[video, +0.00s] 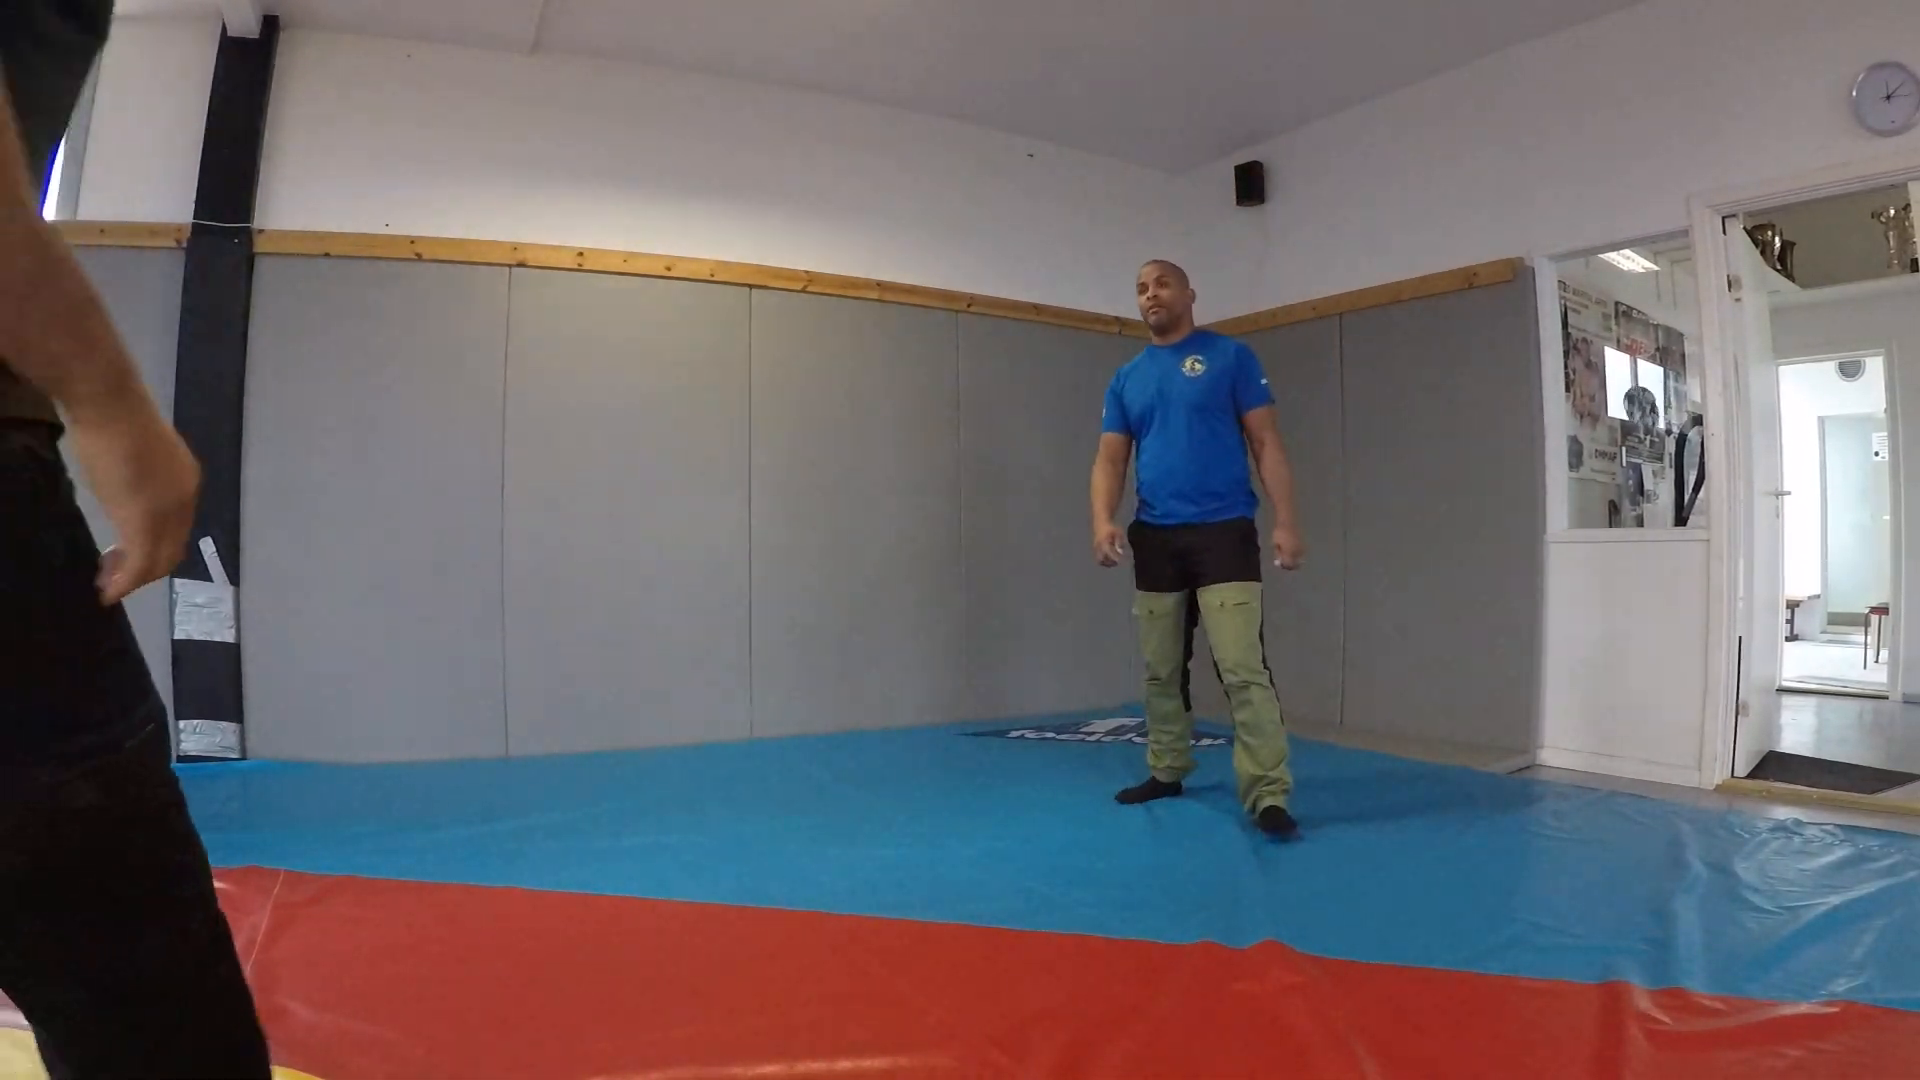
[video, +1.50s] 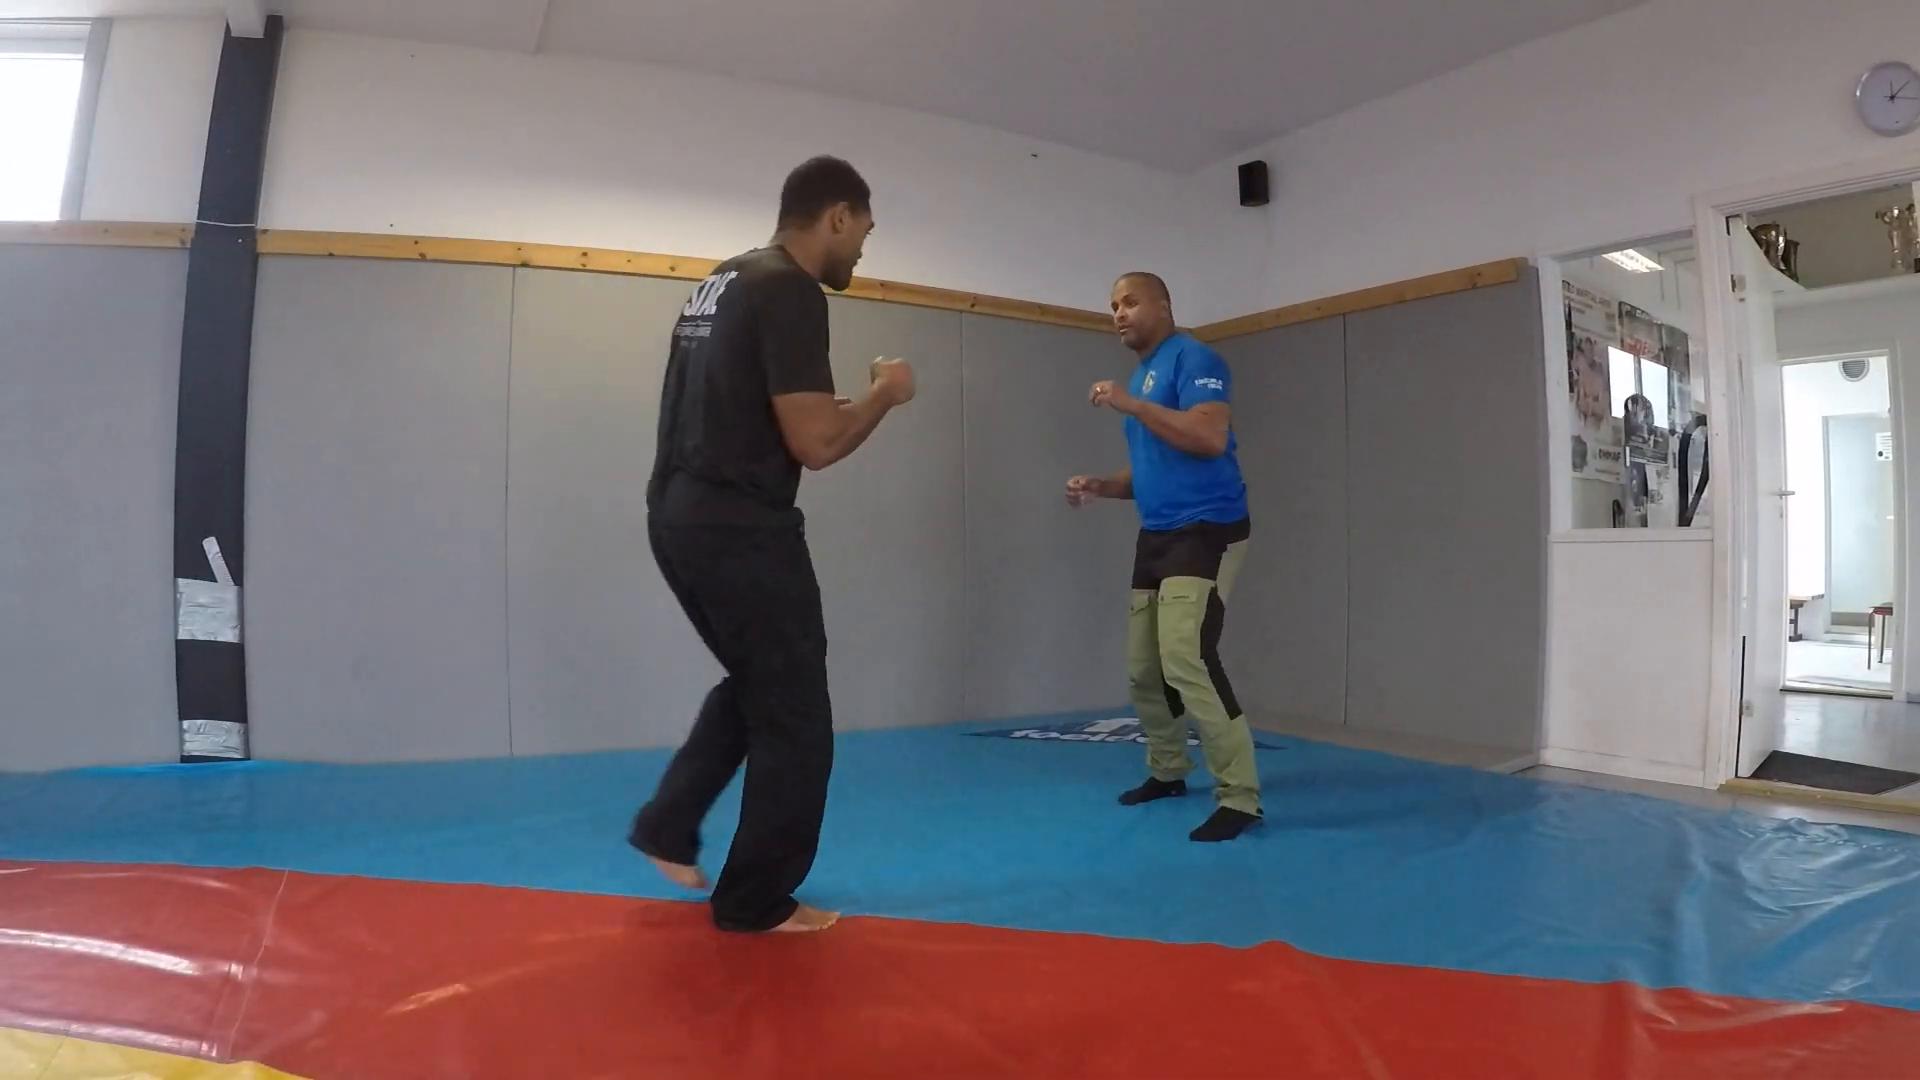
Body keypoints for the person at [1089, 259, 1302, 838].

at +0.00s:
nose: (1150, 294)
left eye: (1161, 284)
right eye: (1143, 288)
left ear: (1189, 295)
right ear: (1138, 304)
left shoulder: (1231, 358)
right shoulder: (1126, 379)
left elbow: (1265, 442)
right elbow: (1110, 458)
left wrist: (1285, 523)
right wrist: (1102, 521)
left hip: (1225, 533)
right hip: (1155, 537)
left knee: (1241, 667)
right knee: (1160, 666)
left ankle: (1268, 795)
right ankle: (1166, 772)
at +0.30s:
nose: (1128, 304)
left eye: (1138, 292)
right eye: (1121, 298)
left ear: (1167, 299)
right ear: (1118, 312)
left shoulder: (1206, 354)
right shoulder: (1117, 385)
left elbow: (1240, 433)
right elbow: (1105, 470)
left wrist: (1189, 482)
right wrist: (1086, 545)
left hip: (1206, 528)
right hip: (1144, 534)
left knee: (1223, 665)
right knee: (1157, 666)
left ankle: (1252, 785)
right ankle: (1167, 773)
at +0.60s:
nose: (1126, 308)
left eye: (1136, 297)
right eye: (1121, 302)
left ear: (1168, 303)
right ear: (1120, 315)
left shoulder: (1197, 355)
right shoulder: (1123, 384)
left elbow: (1229, 431)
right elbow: (1121, 469)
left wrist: (1166, 472)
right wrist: (1104, 541)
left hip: (1191, 529)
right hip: (1136, 535)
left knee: (1208, 661)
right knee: (1153, 665)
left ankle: (1251, 786)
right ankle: (1168, 772)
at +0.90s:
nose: (1122, 309)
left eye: (1132, 299)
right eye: (1118, 303)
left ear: (1164, 304)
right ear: (1118, 316)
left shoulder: (1193, 354)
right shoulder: (1119, 386)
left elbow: (1221, 430)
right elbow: (1120, 465)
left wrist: (1148, 451)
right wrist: (1106, 535)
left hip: (1183, 525)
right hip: (1133, 530)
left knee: (1191, 655)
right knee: (1148, 662)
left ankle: (1248, 783)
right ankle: (1168, 772)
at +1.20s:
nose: (1117, 311)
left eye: (1126, 299)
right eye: (1112, 305)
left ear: (1160, 303)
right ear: (1115, 318)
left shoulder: (1190, 353)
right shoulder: (1122, 385)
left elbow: (1226, 426)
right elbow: (1116, 469)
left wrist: (1149, 442)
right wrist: (1082, 524)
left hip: (1187, 523)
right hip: (1136, 529)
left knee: (1183, 652)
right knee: (1147, 662)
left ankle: (1235, 788)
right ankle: (1167, 772)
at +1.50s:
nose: (1119, 316)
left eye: (1128, 303)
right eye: (1114, 310)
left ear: (1164, 306)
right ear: (1119, 323)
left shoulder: (1195, 359)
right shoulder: (1140, 381)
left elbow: (1211, 437)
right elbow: (1150, 474)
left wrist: (1132, 405)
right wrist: (1104, 485)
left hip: (1207, 530)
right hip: (1157, 533)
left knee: (1185, 656)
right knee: (1145, 667)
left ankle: (1240, 799)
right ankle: (1167, 774)